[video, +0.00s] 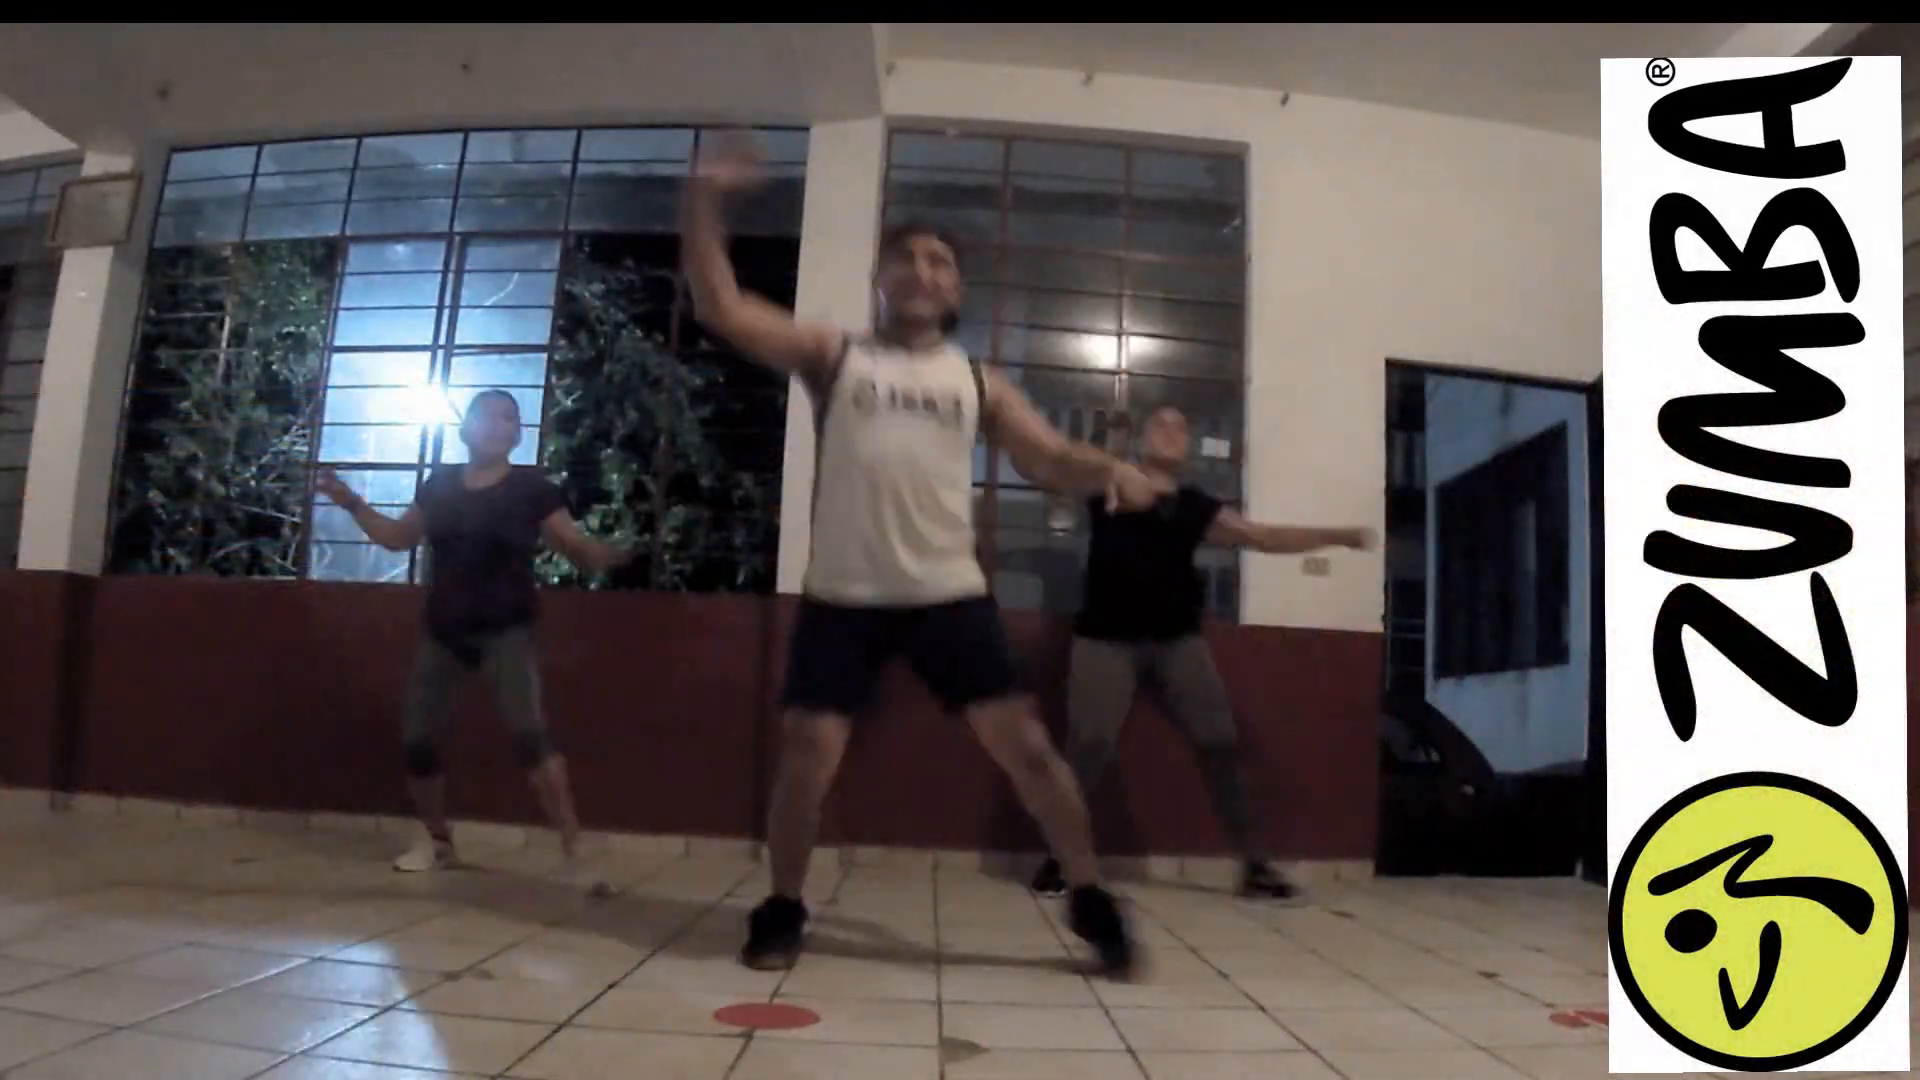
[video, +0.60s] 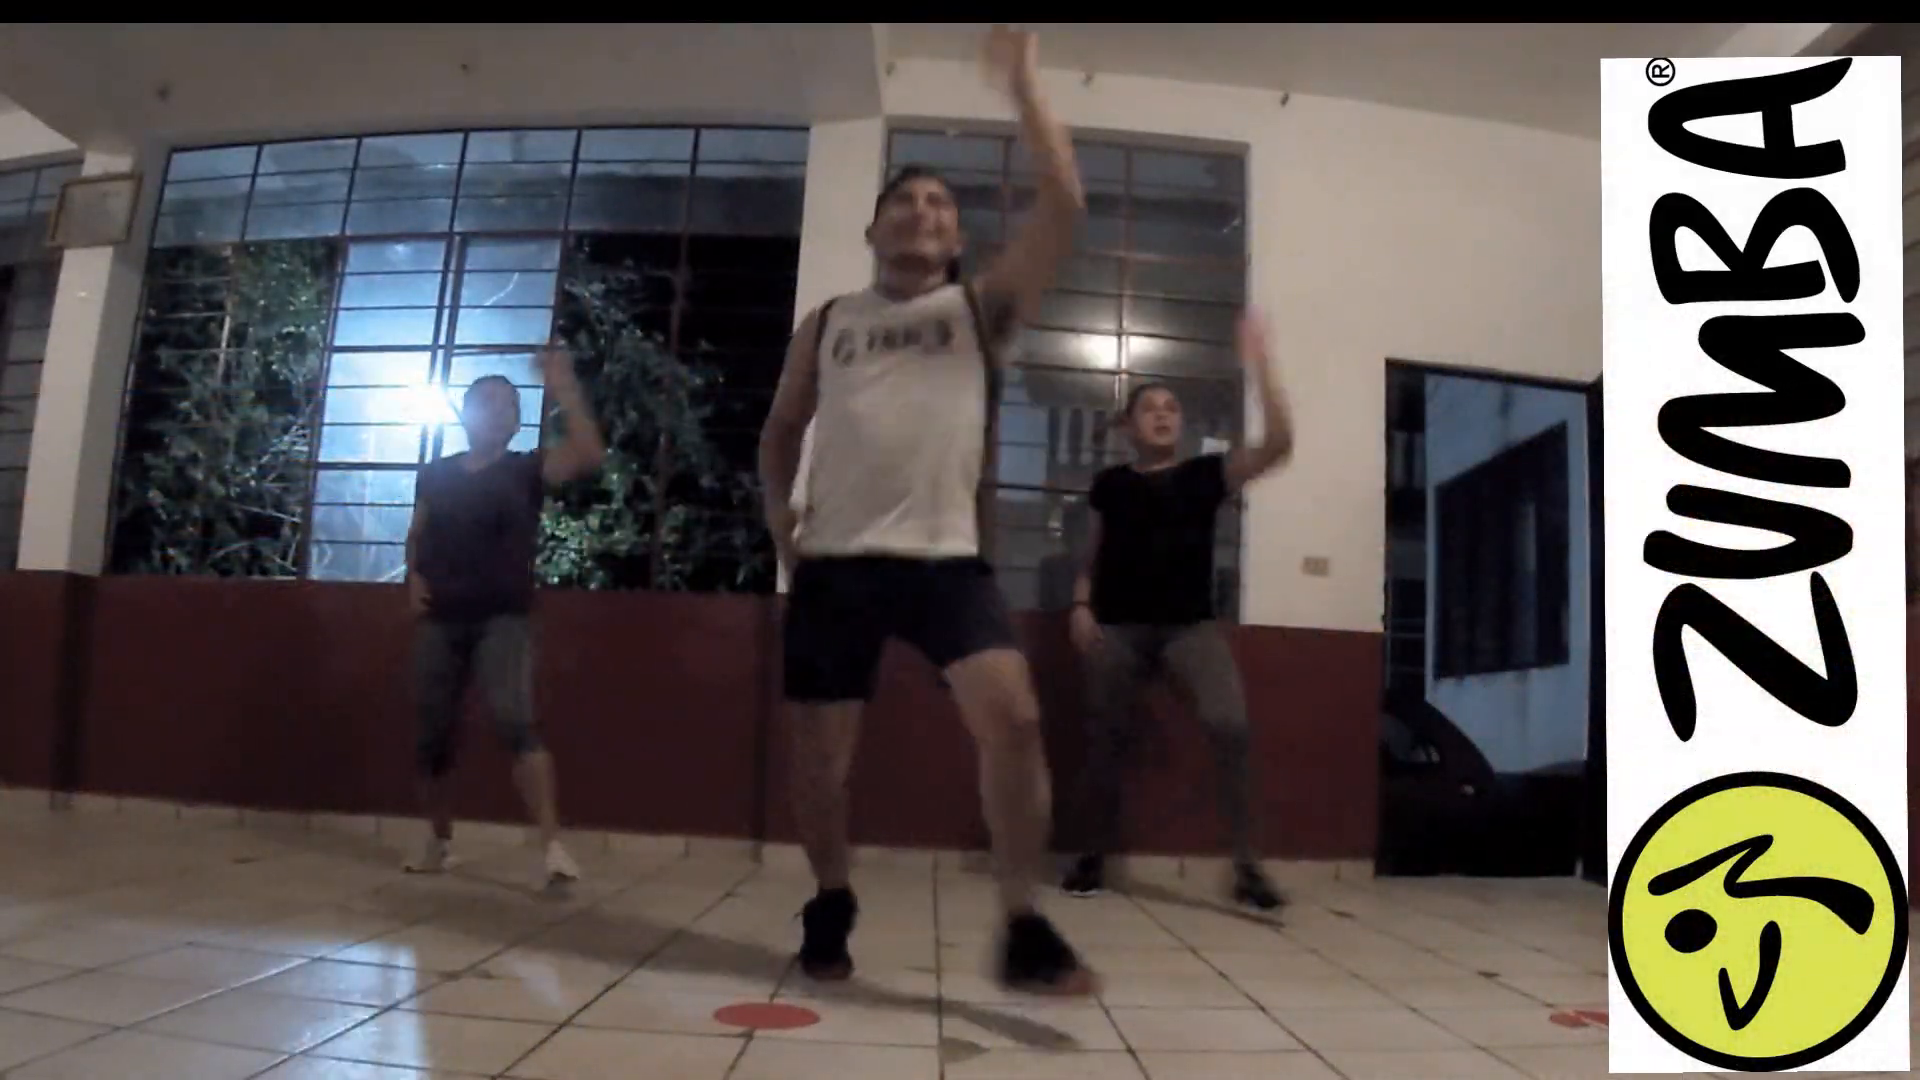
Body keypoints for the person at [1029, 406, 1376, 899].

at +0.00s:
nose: (1169, 436)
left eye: (1178, 430)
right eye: (1160, 427)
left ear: (1189, 446)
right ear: (1141, 438)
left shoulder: (1192, 505)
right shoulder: (1109, 485)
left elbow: (1261, 537)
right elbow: (1054, 472)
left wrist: (1337, 537)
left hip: (1175, 638)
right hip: (1106, 637)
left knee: (1218, 741)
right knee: (1090, 747)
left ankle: (1254, 865)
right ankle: (1061, 858)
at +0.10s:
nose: (1154, 407)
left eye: (1161, 402)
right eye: (1143, 400)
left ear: (1171, 417)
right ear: (1122, 414)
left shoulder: (1186, 469)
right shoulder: (1102, 460)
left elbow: (1236, 502)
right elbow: (1031, 449)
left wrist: (1268, 520)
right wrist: (1044, 449)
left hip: (1174, 605)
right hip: (1107, 606)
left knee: (1195, 720)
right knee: (1093, 725)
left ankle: (1183, 842)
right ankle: (1063, 846)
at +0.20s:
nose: (1147, 401)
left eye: (1155, 394)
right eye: (1135, 393)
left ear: (1166, 408)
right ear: (1114, 406)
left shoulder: (1183, 458)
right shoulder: (1097, 450)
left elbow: (1231, 510)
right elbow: (1032, 477)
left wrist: (1235, 534)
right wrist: (1072, 469)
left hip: (1171, 601)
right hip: (1105, 599)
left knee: (1167, 722)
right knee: (1093, 720)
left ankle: (1134, 825)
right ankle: (1075, 839)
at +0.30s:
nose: (1141, 422)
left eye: (1149, 414)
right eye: (1129, 415)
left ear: (1163, 427)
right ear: (1112, 431)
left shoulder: (1186, 490)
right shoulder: (1092, 487)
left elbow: (1210, 562)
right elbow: (1047, 535)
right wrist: (1046, 524)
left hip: (1162, 632)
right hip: (1099, 629)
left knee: (1142, 744)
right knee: (1095, 739)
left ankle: (1109, 846)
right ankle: (1081, 853)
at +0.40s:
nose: (1144, 439)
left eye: (1151, 430)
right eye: (1132, 431)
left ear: (1164, 443)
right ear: (1113, 446)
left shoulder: (1187, 506)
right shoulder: (1090, 504)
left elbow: (1214, 579)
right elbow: (1064, 564)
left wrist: (1173, 599)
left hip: (1160, 649)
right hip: (1093, 643)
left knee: (1162, 759)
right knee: (1093, 750)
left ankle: (1119, 843)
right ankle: (1083, 855)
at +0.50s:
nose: (1150, 431)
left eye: (1157, 422)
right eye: (1138, 424)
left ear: (1169, 433)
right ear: (1118, 437)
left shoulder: (1191, 494)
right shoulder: (1098, 497)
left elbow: (1242, 529)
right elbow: (1070, 565)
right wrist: (1070, 616)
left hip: (1172, 640)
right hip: (1106, 638)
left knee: (1208, 732)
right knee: (1097, 742)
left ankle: (1162, 834)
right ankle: (1087, 851)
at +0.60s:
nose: (1163, 416)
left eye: (1171, 409)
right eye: (1151, 409)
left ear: (1184, 423)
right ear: (1129, 425)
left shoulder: (1206, 475)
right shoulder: (1109, 486)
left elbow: (1276, 445)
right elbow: (1091, 557)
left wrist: (1262, 369)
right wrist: (1082, 608)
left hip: (1191, 627)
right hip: (1120, 628)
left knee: (1230, 725)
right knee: (1104, 732)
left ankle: (1245, 864)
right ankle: (1092, 856)